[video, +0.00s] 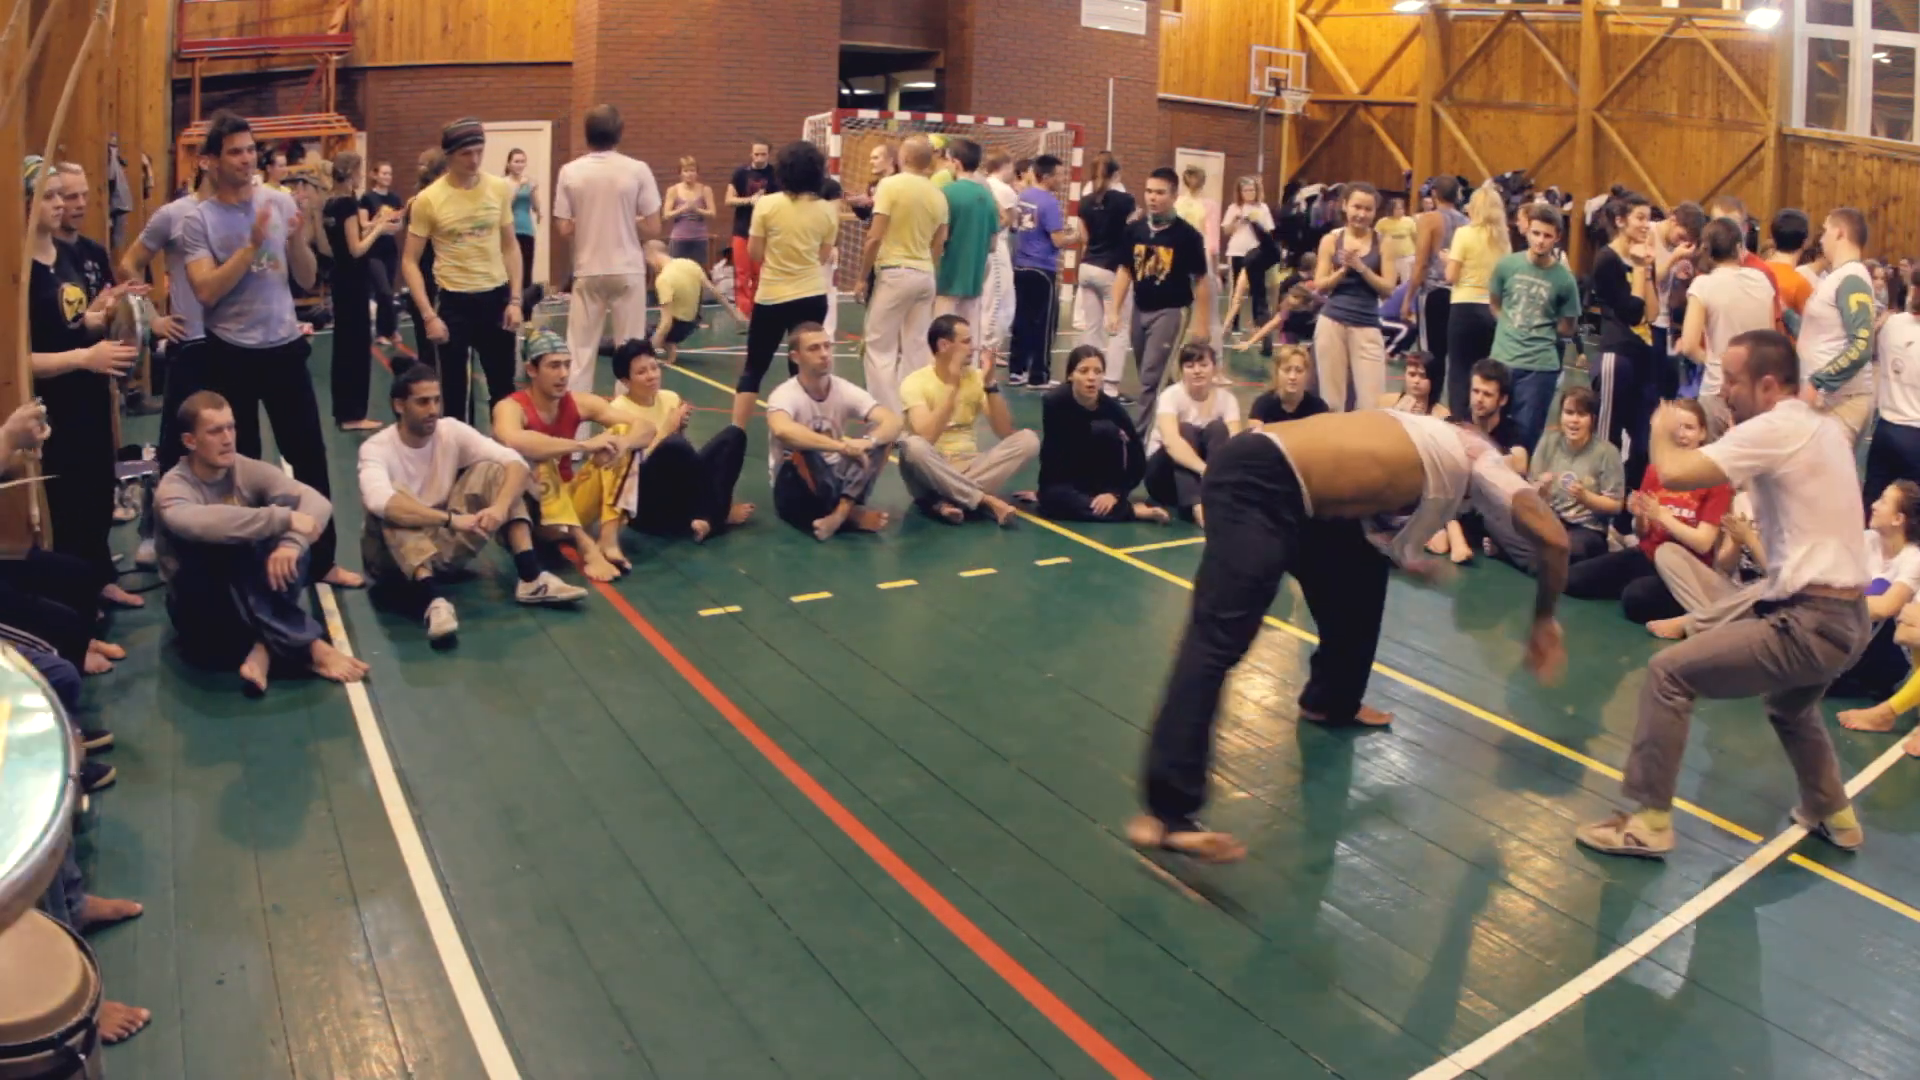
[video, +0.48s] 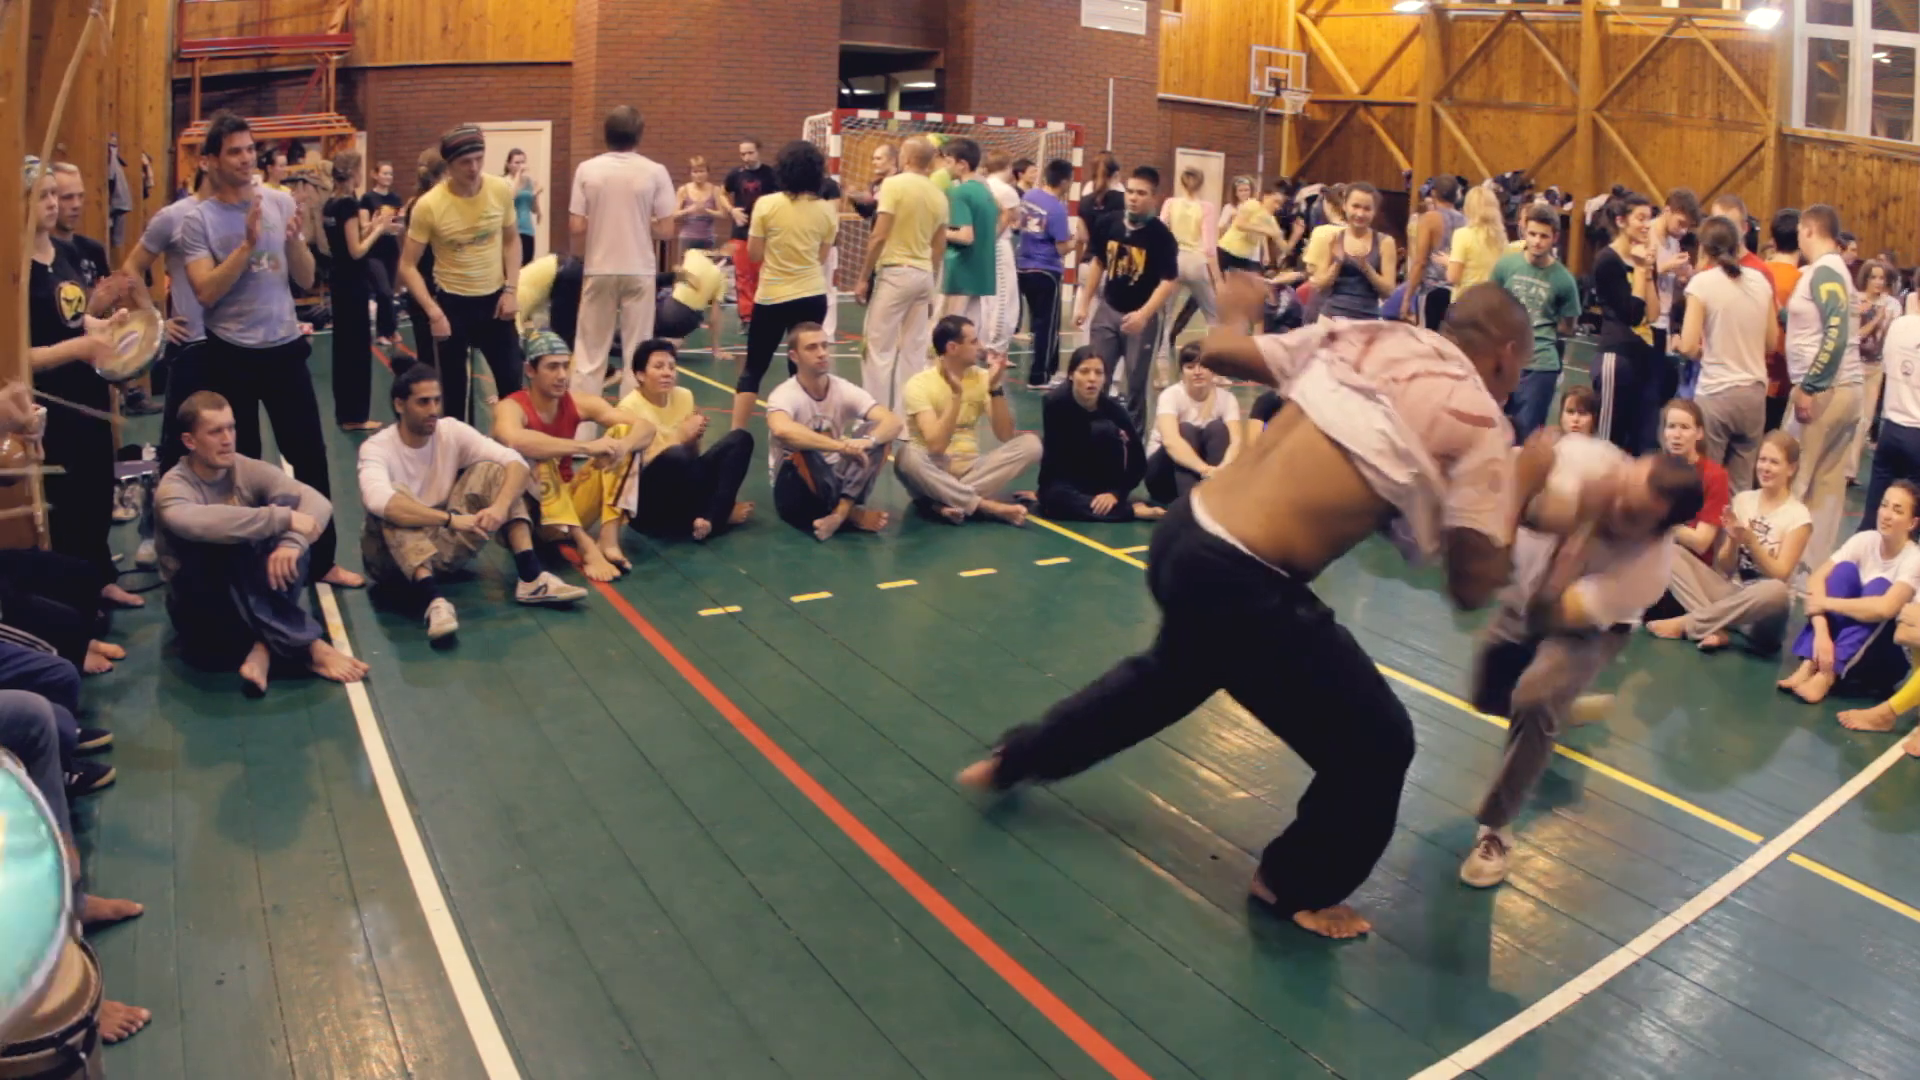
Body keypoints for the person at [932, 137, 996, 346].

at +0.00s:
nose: (948, 165)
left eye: (949, 160)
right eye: (948, 160)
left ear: (956, 163)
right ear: (976, 163)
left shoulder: (948, 192)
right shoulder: (986, 193)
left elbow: (941, 235)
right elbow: (992, 242)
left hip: (949, 272)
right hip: (976, 274)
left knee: (944, 332)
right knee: (970, 332)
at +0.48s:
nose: (945, 166)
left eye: (949, 161)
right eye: (946, 160)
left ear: (963, 165)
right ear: (966, 165)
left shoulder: (960, 192)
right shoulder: (984, 188)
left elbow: (966, 235)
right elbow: (1002, 215)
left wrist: (941, 232)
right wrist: (988, 237)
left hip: (961, 272)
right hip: (982, 271)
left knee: (949, 329)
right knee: (971, 328)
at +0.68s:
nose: (946, 168)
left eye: (950, 162)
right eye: (946, 162)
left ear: (967, 165)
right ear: (968, 165)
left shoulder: (966, 192)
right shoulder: (982, 189)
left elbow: (973, 236)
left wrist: (946, 233)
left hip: (964, 275)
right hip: (983, 274)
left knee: (950, 333)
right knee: (971, 334)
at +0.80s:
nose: (947, 167)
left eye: (952, 162)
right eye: (947, 162)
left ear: (968, 165)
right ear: (969, 166)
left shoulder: (967, 192)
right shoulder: (981, 189)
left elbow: (977, 234)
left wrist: (946, 231)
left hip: (965, 276)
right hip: (980, 274)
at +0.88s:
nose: (947, 167)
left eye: (953, 162)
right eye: (947, 161)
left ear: (970, 165)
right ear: (970, 166)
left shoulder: (968, 192)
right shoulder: (981, 189)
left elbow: (977, 235)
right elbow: (996, 225)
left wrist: (947, 231)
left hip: (967, 279)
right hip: (980, 277)